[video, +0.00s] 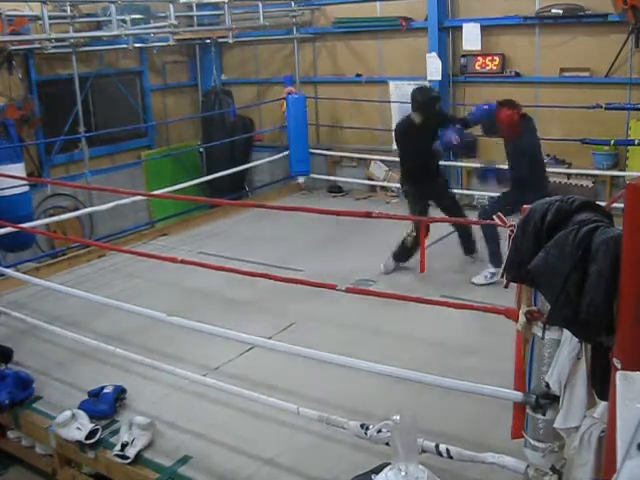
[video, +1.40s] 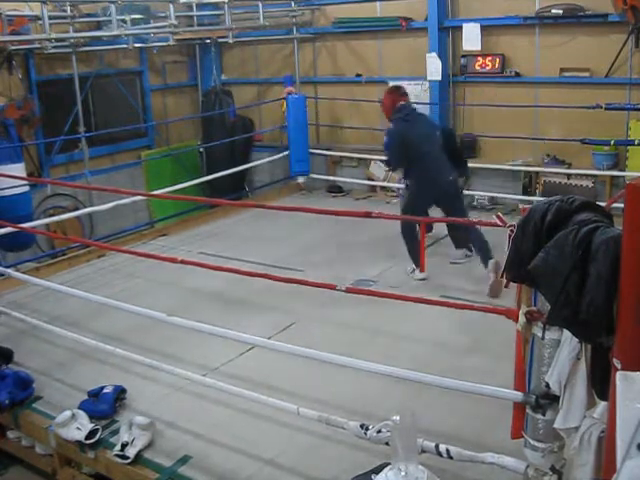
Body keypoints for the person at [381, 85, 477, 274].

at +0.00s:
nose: (436, 108)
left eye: (436, 104)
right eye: (432, 105)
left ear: (434, 104)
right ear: (419, 106)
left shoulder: (436, 118)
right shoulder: (404, 128)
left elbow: (458, 124)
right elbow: (412, 162)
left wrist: (474, 118)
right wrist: (438, 151)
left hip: (434, 178)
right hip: (413, 182)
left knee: (458, 216)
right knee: (421, 227)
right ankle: (395, 259)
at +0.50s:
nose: (431, 115)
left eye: (433, 111)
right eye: (427, 111)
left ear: (437, 109)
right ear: (417, 109)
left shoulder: (440, 124)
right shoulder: (405, 125)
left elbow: (447, 147)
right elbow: (414, 153)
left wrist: (453, 128)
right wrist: (426, 131)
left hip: (436, 179)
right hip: (413, 178)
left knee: (449, 215)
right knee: (397, 215)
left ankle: (467, 251)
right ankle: (377, 245)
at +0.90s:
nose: (425, 111)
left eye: (429, 107)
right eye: (423, 106)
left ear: (434, 106)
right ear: (417, 103)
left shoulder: (436, 117)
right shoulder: (406, 115)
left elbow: (451, 123)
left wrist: (451, 108)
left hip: (433, 169)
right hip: (411, 168)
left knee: (446, 210)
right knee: (405, 208)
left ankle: (465, 247)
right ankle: (404, 239)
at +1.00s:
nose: (479, 108)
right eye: (479, 105)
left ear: (458, 106)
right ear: (478, 107)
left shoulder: (447, 128)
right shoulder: (482, 133)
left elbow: (427, 126)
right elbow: (499, 161)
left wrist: (425, 110)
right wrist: (495, 143)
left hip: (454, 196)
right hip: (478, 197)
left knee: (444, 227)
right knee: (495, 245)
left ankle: (419, 266)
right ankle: (495, 295)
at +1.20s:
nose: (403, 109)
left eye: (405, 104)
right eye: (403, 104)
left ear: (416, 104)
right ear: (424, 102)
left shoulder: (420, 129)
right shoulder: (440, 118)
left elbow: (421, 164)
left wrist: (420, 182)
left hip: (440, 183)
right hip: (464, 179)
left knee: (423, 223)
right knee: (473, 225)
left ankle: (416, 267)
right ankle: (487, 271)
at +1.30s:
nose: (390, 113)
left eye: (391, 108)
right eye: (389, 108)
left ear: (400, 107)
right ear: (410, 104)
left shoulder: (410, 128)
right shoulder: (428, 119)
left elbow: (410, 162)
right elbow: (449, 136)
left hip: (436, 183)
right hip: (459, 179)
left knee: (416, 221)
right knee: (469, 224)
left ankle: (418, 267)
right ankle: (495, 264)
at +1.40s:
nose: (383, 109)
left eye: (384, 105)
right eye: (383, 104)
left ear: (392, 106)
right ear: (405, 103)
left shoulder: (395, 131)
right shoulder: (424, 119)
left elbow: (394, 162)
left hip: (422, 185)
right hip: (447, 180)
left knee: (408, 224)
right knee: (463, 222)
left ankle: (419, 268)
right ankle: (489, 261)